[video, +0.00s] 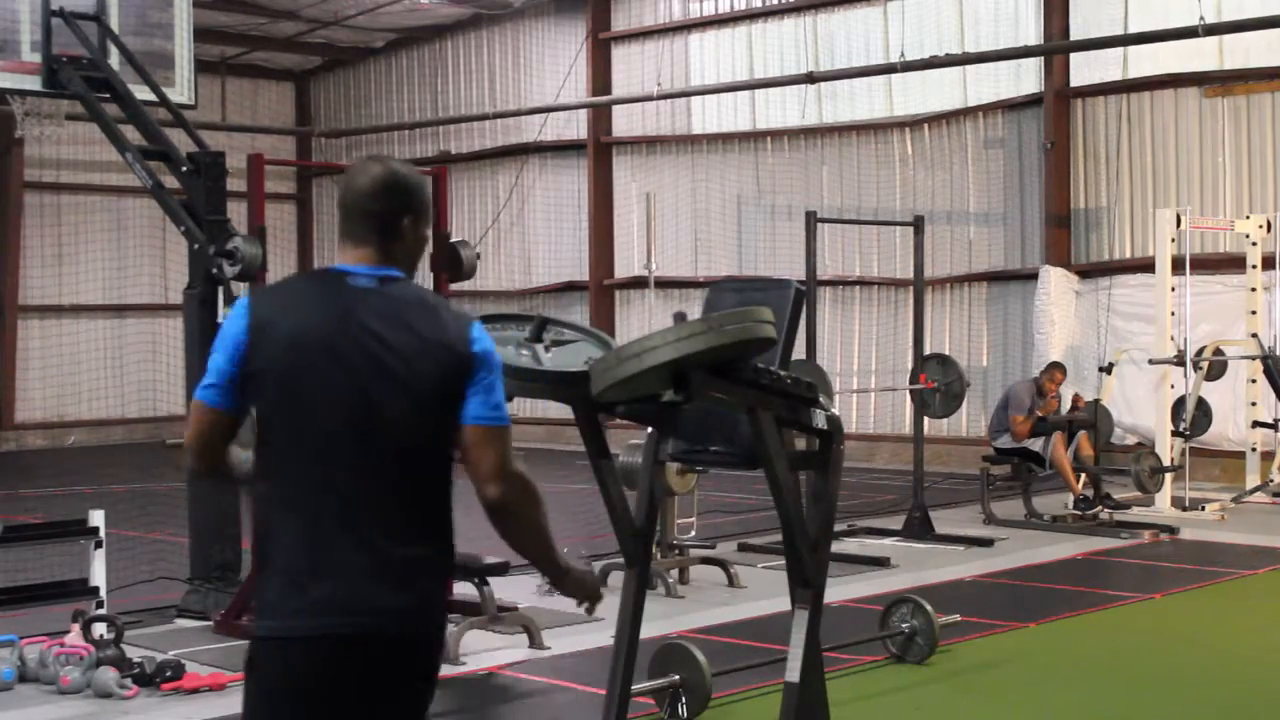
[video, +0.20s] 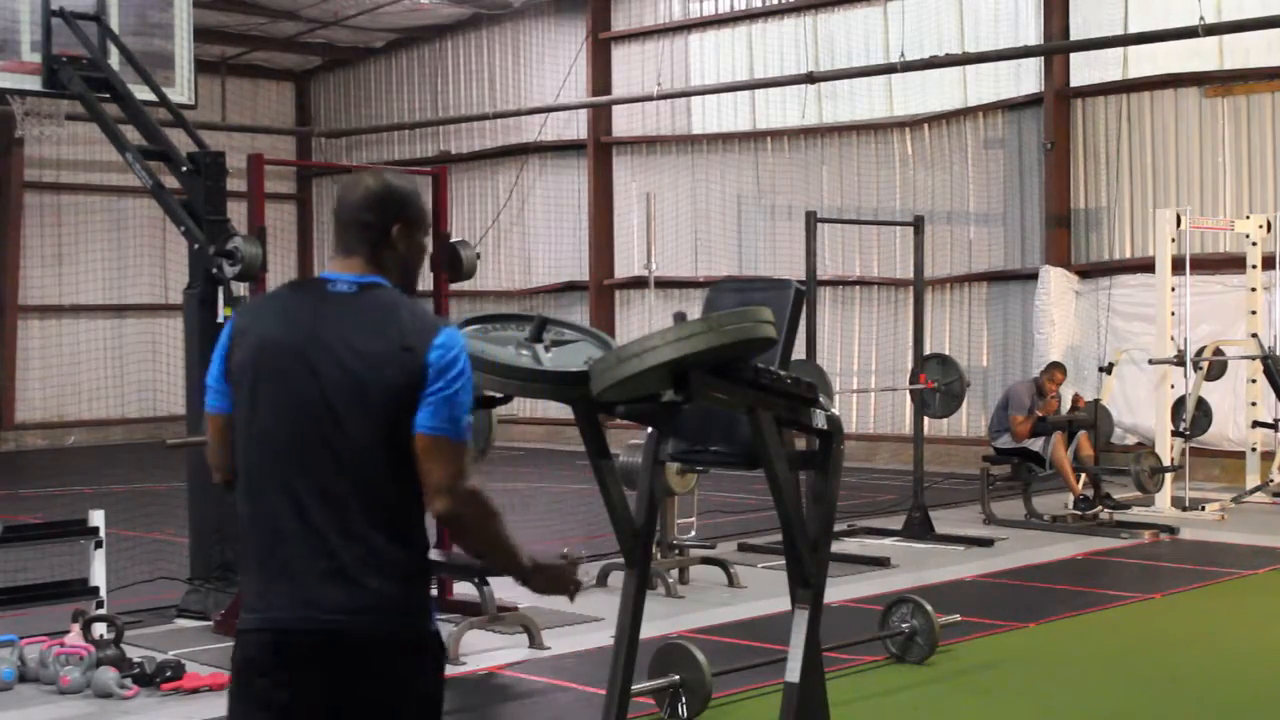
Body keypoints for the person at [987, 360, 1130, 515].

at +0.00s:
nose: (1054, 388)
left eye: (1058, 385)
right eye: (1051, 382)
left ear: (1061, 384)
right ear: (1041, 375)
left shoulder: (1051, 395)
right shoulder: (1021, 391)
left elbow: (1053, 426)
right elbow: (1018, 434)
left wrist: (1073, 412)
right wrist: (1041, 412)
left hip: (1029, 438)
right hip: (1004, 440)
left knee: (1080, 436)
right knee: (1055, 439)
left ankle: (1099, 494)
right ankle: (1079, 498)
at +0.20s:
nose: (1054, 389)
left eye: (1058, 385)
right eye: (1051, 382)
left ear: (1061, 384)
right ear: (1041, 375)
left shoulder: (1051, 396)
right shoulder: (1020, 392)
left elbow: (1053, 427)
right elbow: (1018, 435)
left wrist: (1073, 412)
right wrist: (1040, 412)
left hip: (1029, 438)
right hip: (1004, 439)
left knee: (1080, 435)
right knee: (1055, 439)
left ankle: (1099, 494)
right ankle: (1079, 498)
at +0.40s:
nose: (1054, 388)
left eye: (1058, 385)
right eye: (1051, 382)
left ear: (1061, 384)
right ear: (1041, 375)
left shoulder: (1051, 396)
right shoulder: (1020, 392)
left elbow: (1053, 427)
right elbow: (1018, 435)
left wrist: (1073, 412)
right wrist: (1040, 412)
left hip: (1029, 438)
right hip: (1004, 439)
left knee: (1080, 435)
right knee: (1055, 439)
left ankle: (1099, 494)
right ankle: (1079, 498)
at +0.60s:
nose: (1054, 389)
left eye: (1058, 385)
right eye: (1051, 382)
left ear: (1061, 385)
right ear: (1041, 375)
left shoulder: (1051, 396)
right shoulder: (1020, 391)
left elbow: (1053, 427)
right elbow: (1018, 435)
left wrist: (1073, 412)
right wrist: (1040, 412)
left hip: (1029, 438)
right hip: (1004, 439)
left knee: (1080, 436)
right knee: (1055, 439)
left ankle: (1099, 494)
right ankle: (1079, 498)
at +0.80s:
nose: (1054, 388)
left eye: (1058, 385)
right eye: (1051, 382)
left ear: (1061, 385)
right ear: (1041, 375)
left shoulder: (1050, 395)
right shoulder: (1020, 392)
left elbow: (1053, 426)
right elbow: (1018, 435)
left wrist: (1073, 412)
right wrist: (1040, 412)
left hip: (1029, 438)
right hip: (1004, 440)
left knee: (1080, 436)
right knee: (1055, 439)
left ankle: (1099, 494)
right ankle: (1079, 498)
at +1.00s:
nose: (1054, 388)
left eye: (1058, 385)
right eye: (1051, 382)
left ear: (1061, 385)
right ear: (1041, 375)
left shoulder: (1050, 395)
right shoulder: (1020, 392)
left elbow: (1053, 426)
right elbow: (1018, 435)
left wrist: (1073, 412)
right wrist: (1040, 412)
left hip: (1029, 438)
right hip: (1004, 440)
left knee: (1080, 436)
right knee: (1055, 439)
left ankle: (1099, 494)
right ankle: (1079, 498)